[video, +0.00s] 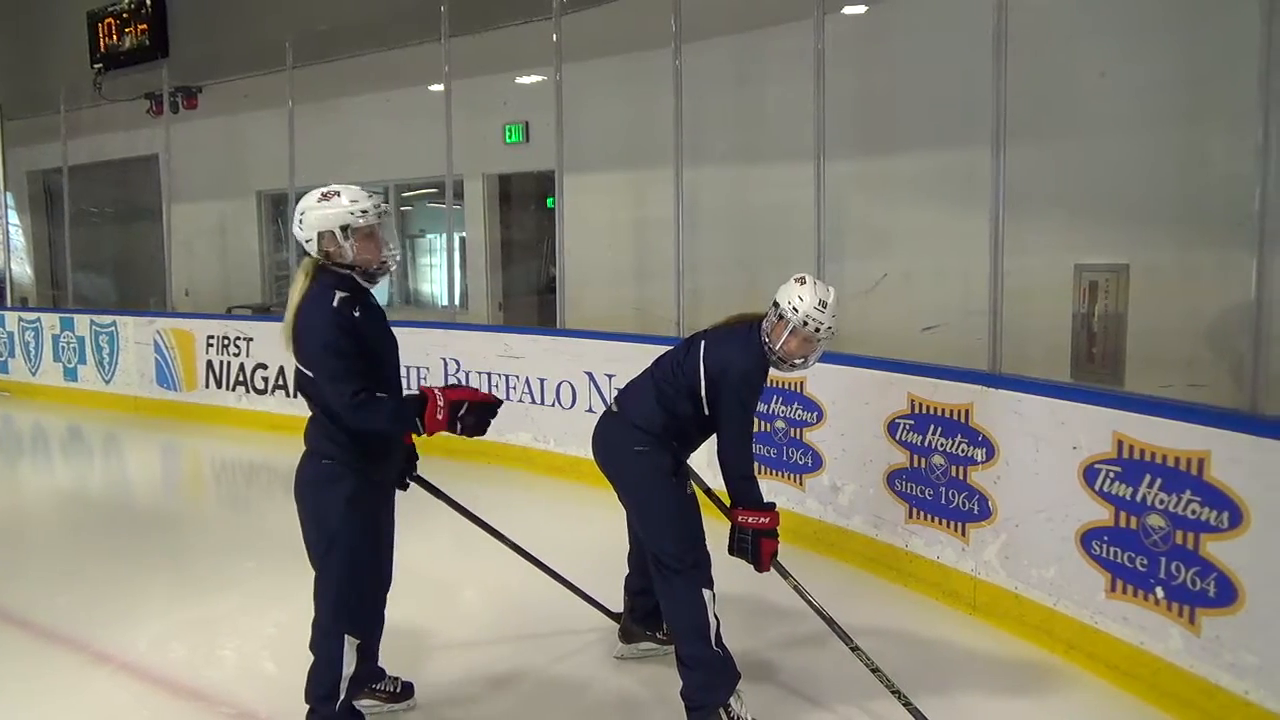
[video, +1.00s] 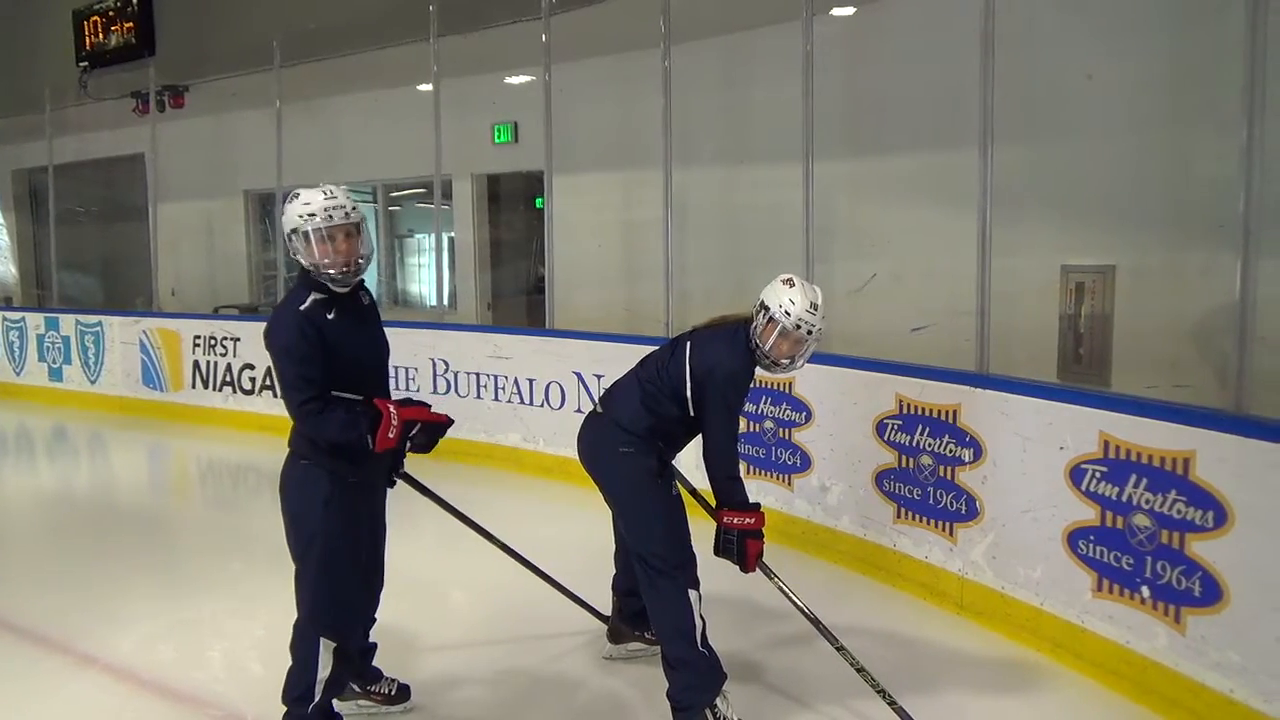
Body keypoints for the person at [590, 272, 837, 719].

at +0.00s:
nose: (794, 345)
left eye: (806, 339)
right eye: (791, 331)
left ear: (819, 344)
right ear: (774, 320)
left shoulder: (744, 336)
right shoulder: (744, 361)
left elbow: (682, 379)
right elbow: (734, 447)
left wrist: (673, 445)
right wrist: (753, 515)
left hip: (625, 433)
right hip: (642, 445)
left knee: (652, 534)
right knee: (686, 566)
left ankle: (641, 623)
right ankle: (710, 702)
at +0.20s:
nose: (792, 345)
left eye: (804, 339)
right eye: (788, 331)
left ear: (817, 344)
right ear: (771, 319)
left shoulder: (741, 337)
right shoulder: (741, 361)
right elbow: (732, 447)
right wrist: (750, 516)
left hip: (622, 433)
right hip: (638, 445)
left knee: (649, 531)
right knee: (683, 567)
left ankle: (639, 621)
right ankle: (707, 703)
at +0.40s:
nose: (789, 347)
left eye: (801, 341)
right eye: (785, 333)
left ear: (814, 344)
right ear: (768, 320)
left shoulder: (738, 337)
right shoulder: (737, 362)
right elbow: (729, 448)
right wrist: (747, 517)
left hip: (618, 433)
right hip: (635, 446)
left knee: (645, 533)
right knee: (680, 568)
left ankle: (636, 622)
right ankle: (704, 702)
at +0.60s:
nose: (786, 345)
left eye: (798, 339)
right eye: (782, 331)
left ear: (811, 344)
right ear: (765, 319)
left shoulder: (734, 338)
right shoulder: (735, 361)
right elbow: (726, 446)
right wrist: (745, 516)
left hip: (614, 435)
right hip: (633, 446)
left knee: (643, 533)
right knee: (677, 567)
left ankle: (634, 622)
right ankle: (702, 702)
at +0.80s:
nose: (785, 346)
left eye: (797, 340)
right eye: (781, 333)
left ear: (809, 343)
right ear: (762, 320)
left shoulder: (733, 338)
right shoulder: (732, 361)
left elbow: (723, 436)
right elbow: (723, 447)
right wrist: (742, 516)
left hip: (614, 434)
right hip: (628, 445)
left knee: (641, 532)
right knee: (675, 567)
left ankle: (632, 622)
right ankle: (700, 703)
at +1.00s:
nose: (781, 347)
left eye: (794, 340)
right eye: (777, 332)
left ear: (808, 343)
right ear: (761, 319)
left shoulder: (732, 340)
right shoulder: (729, 362)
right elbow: (720, 447)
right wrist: (739, 517)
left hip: (614, 434)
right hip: (625, 445)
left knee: (638, 532)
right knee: (671, 568)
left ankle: (630, 621)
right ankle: (696, 703)